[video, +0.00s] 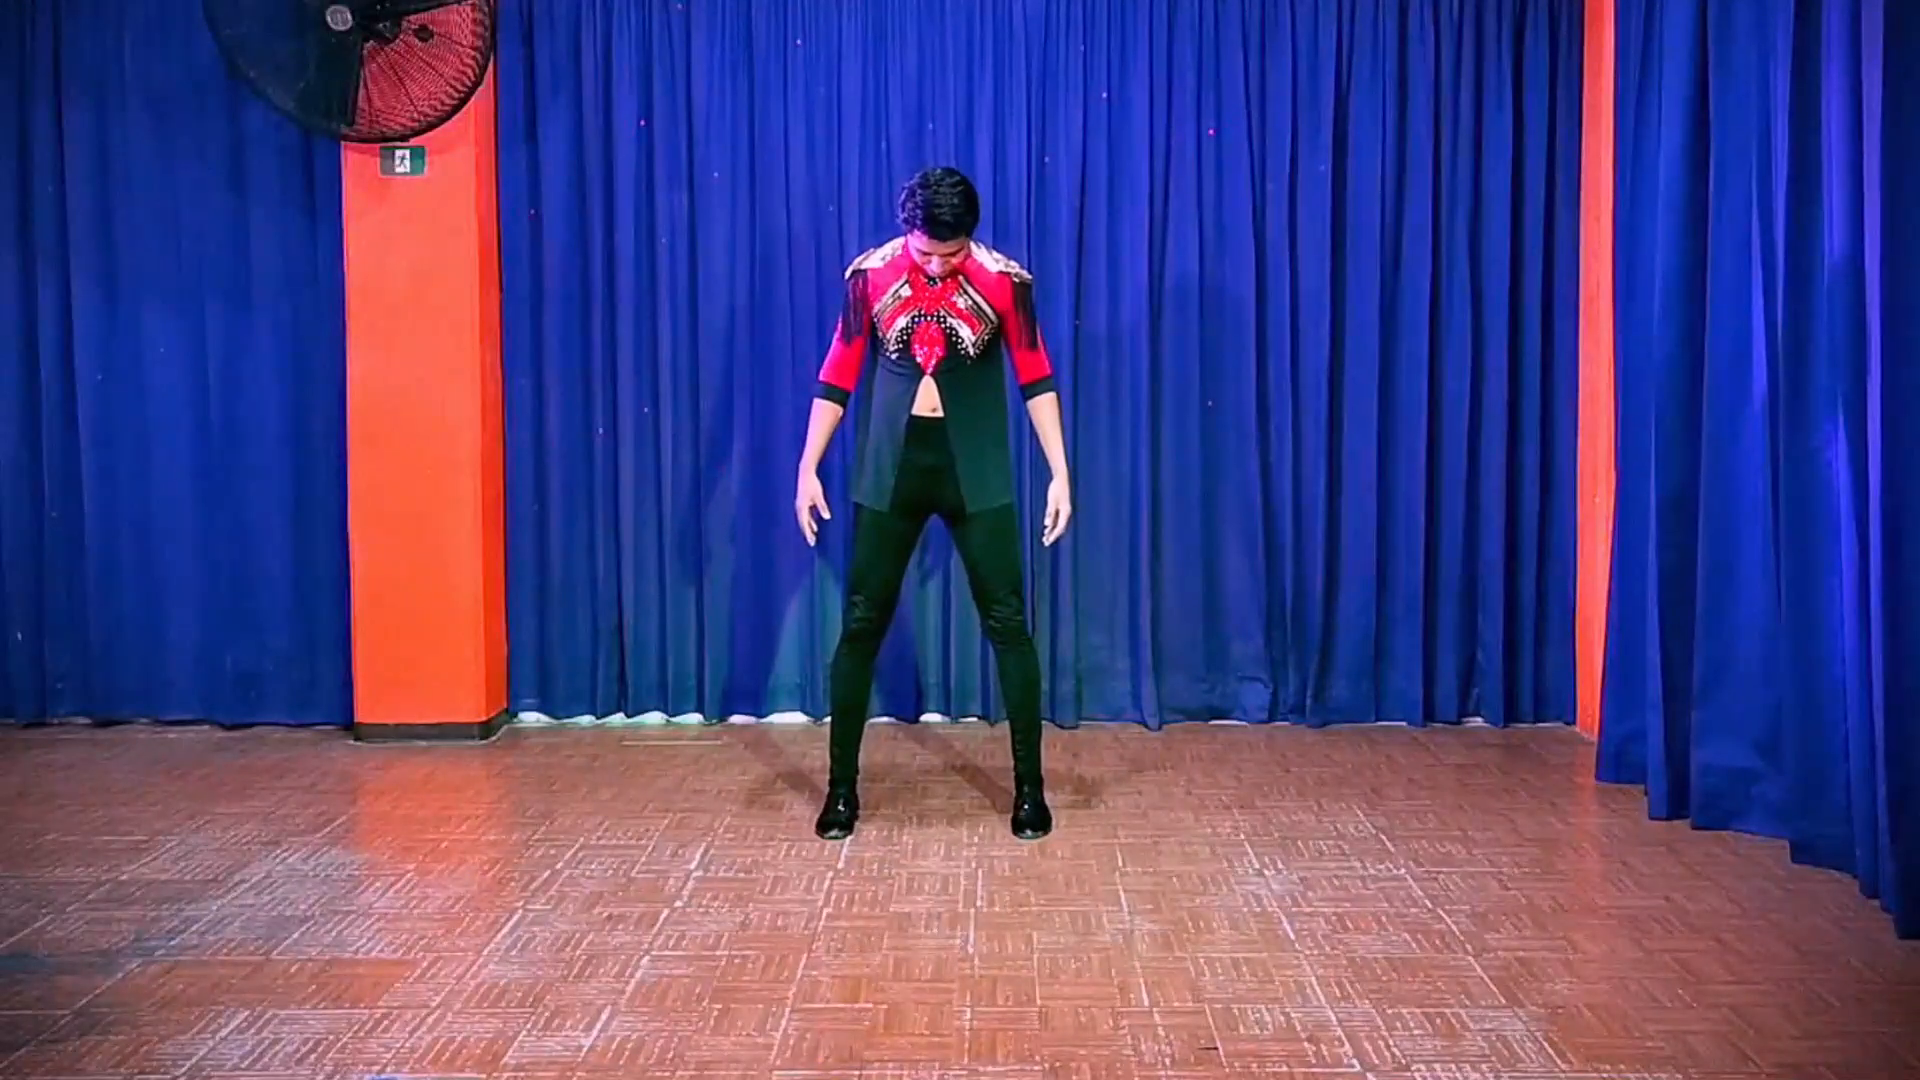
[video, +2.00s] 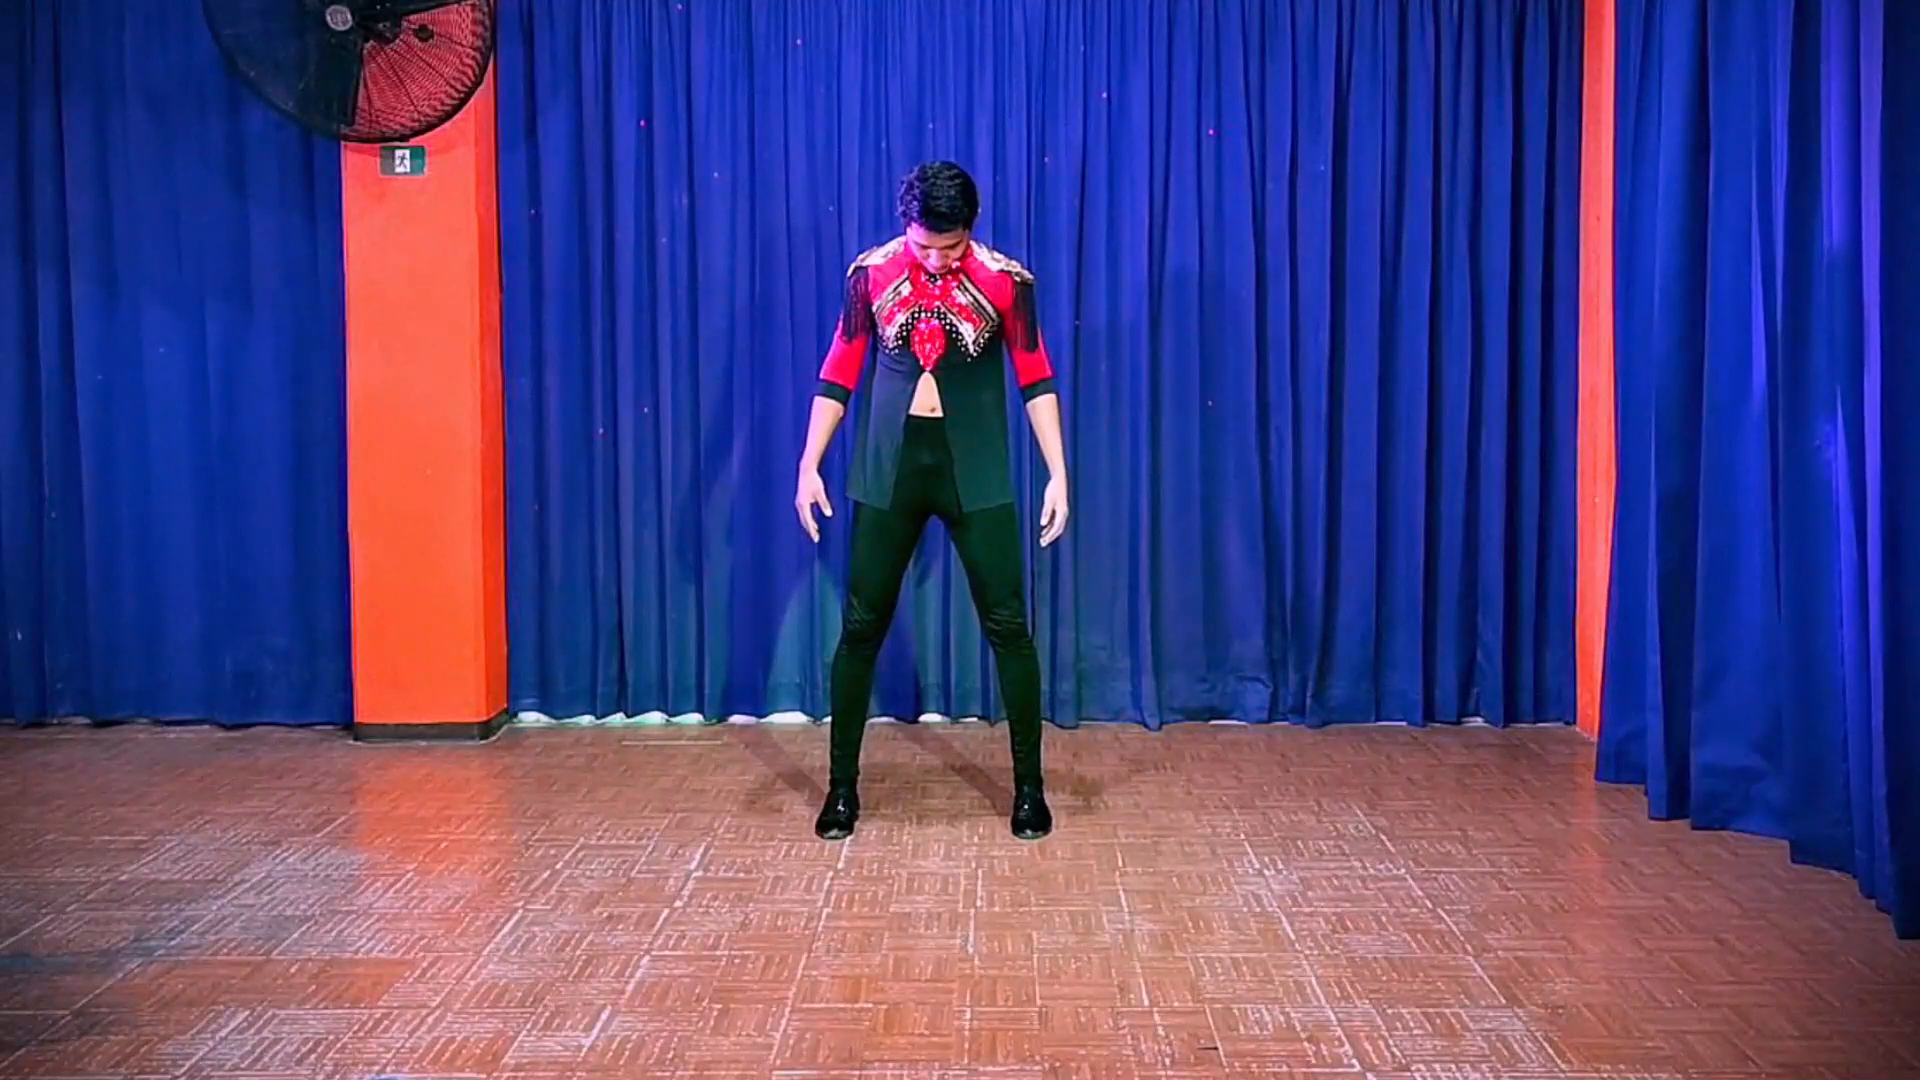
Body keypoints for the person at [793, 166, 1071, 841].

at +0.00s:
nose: (940, 262)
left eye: (953, 251)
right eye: (928, 250)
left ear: (972, 234)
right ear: (908, 231)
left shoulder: (1004, 281)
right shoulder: (870, 277)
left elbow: (1035, 378)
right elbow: (839, 375)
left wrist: (1060, 472)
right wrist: (808, 467)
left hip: (978, 465)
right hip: (891, 464)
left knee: (1006, 618)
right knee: (863, 620)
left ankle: (1028, 784)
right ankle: (841, 786)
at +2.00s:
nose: (942, 257)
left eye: (955, 245)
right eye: (930, 245)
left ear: (973, 227)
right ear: (908, 226)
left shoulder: (1005, 280)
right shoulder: (872, 275)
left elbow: (1035, 379)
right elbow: (840, 373)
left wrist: (1058, 473)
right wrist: (809, 465)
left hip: (978, 468)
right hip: (889, 466)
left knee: (1007, 624)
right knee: (862, 626)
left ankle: (1028, 785)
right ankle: (842, 786)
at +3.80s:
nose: (922, 233)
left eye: (937, 220)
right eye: (910, 218)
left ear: (956, 215)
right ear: (891, 209)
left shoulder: (986, 274)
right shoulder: (852, 267)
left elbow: (1081, 319)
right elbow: (768, 321)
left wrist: (1088, 372)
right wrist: (813, 349)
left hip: (955, 477)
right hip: (868, 476)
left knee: (984, 630)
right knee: (849, 627)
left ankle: (997, 786)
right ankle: (843, 790)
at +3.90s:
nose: (918, 230)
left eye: (932, 217)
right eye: (907, 215)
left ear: (953, 217)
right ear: (887, 215)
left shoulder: (978, 276)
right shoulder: (860, 275)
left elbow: (1031, 319)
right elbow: (855, 332)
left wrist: (1007, 235)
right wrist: (877, 231)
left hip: (949, 479)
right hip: (869, 475)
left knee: (940, 639)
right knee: (846, 629)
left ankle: (890, 784)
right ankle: (838, 782)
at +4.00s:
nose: (922, 216)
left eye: (932, 202)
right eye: (910, 204)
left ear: (953, 210)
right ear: (890, 214)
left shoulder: (989, 279)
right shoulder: (862, 280)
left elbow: (971, 322)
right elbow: (903, 335)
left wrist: (957, 226)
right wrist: (908, 242)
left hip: (953, 477)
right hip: (876, 473)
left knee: (939, 637)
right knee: (855, 623)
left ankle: (891, 785)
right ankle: (834, 783)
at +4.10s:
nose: (919, 226)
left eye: (933, 212)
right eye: (906, 212)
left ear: (952, 214)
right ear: (887, 213)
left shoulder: (979, 286)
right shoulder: (864, 287)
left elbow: (954, 378)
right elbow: (890, 378)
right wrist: (962, 304)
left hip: (957, 476)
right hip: (886, 473)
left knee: (941, 627)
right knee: (889, 614)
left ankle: (895, 780)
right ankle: (905, 772)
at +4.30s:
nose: (926, 231)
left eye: (940, 217)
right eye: (913, 217)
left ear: (958, 220)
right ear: (892, 219)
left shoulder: (992, 295)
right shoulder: (866, 305)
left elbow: (1042, 395)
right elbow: (842, 418)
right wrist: (837, 513)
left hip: (984, 480)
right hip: (913, 485)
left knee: (969, 640)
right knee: (973, 636)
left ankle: (891, 783)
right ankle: (1037, 777)